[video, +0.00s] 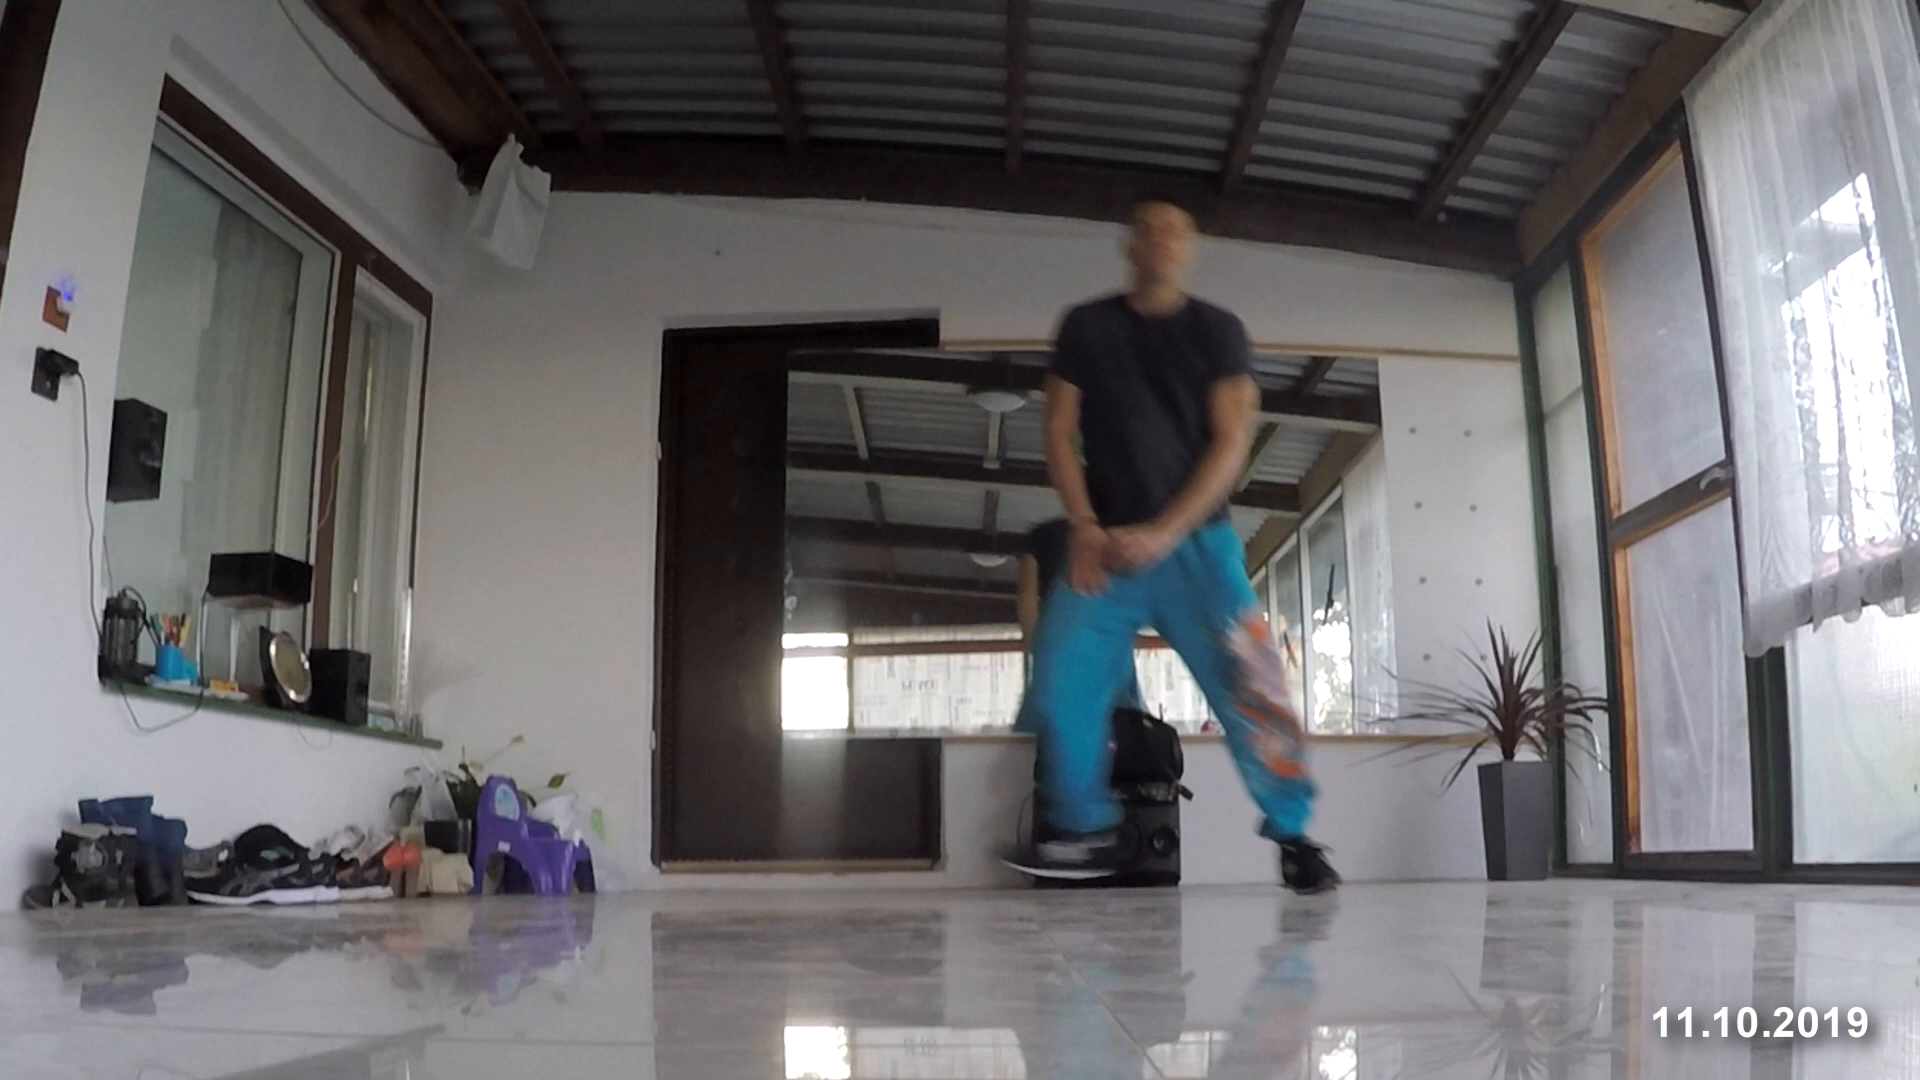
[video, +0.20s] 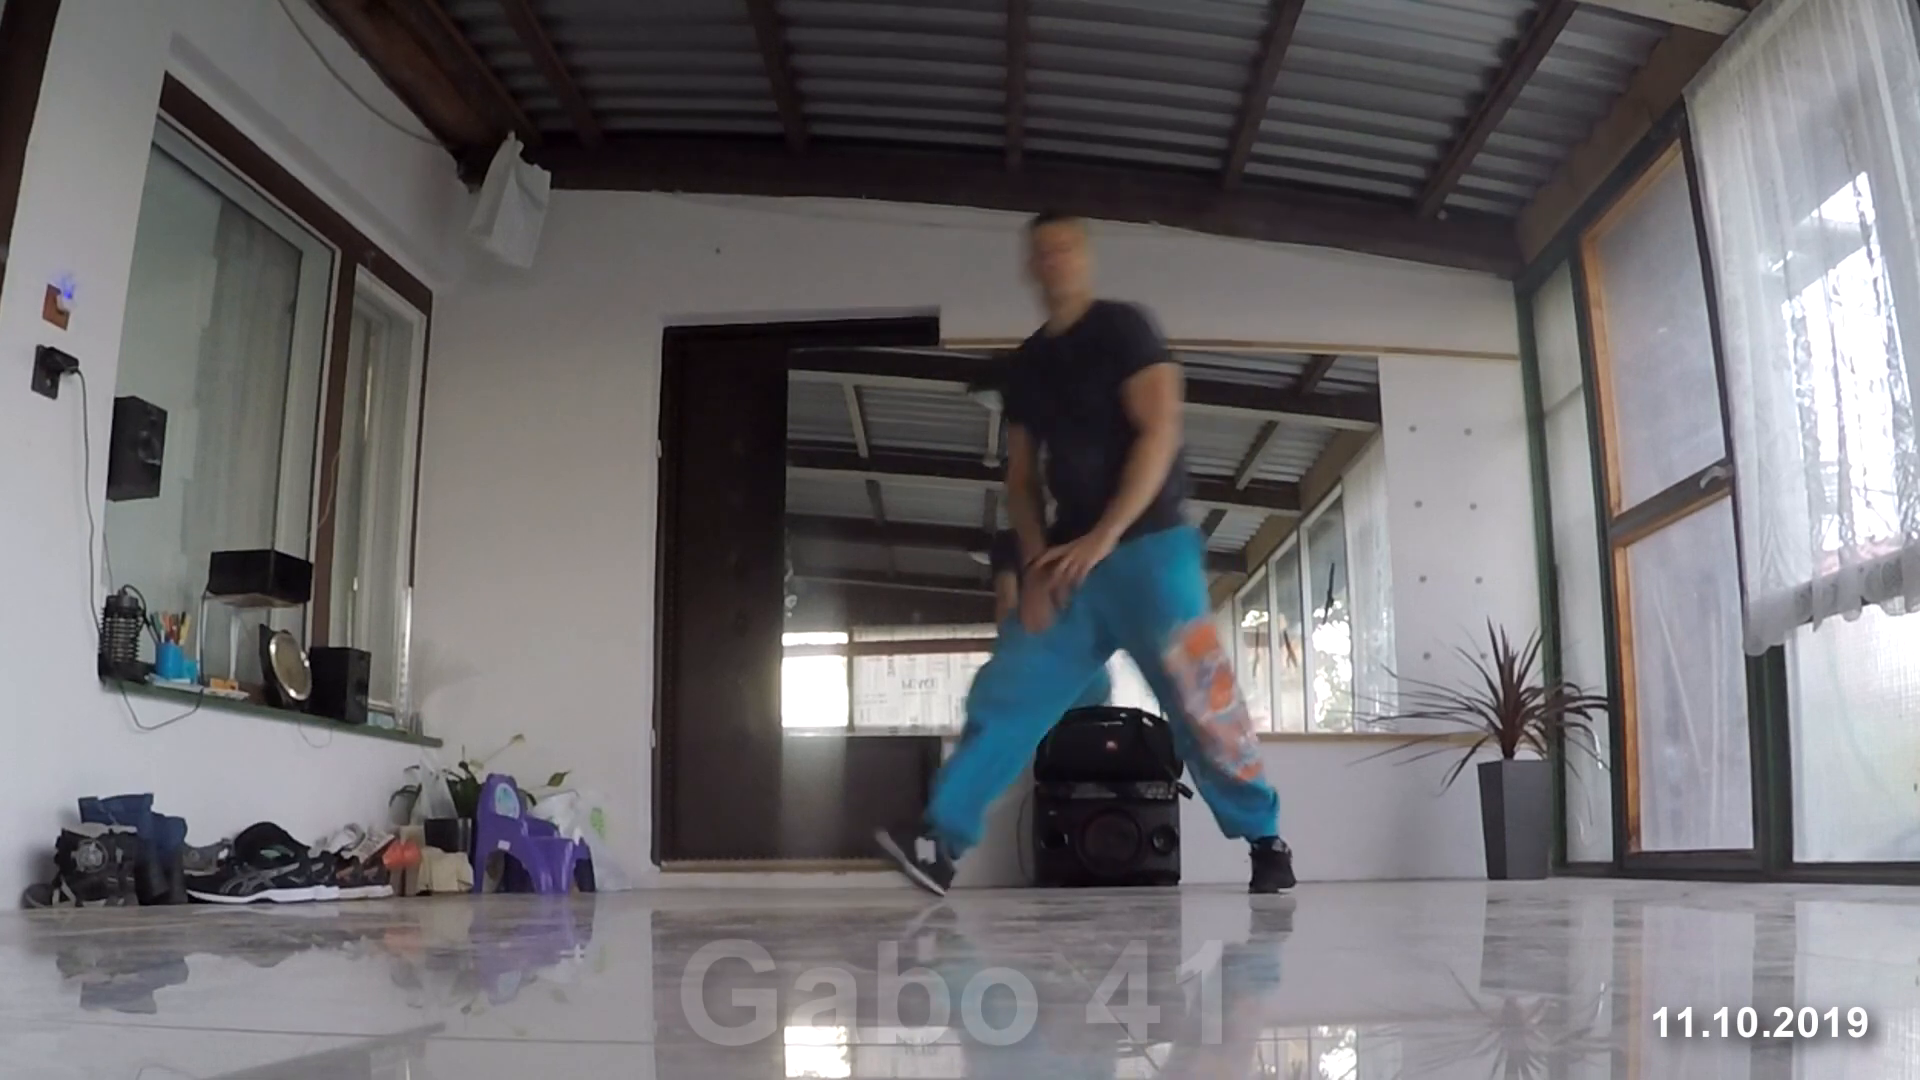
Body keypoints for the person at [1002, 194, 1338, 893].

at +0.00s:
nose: (1159, 244)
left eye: (1172, 233)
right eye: (1148, 232)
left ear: (1191, 248)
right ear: (1129, 245)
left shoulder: (1217, 330)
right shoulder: (1085, 326)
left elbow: (1231, 447)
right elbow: (1059, 433)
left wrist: (1163, 530)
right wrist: (1082, 524)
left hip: (1196, 543)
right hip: (1103, 544)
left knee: (1249, 685)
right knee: (1062, 692)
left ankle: (1295, 837)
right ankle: (1084, 836)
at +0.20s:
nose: (1055, 262)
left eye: (1065, 249)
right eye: (1044, 252)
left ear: (1088, 257)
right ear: (1030, 266)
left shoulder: (1126, 326)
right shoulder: (1027, 363)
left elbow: (1161, 432)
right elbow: (1020, 480)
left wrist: (1103, 534)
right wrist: (1035, 564)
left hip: (1152, 548)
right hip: (1068, 560)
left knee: (1198, 694)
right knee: (1009, 693)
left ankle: (1265, 840)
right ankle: (940, 842)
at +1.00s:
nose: (892, 221)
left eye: (910, 215)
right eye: (885, 202)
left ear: (924, 232)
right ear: (860, 199)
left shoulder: (906, 319)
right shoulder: (797, 266)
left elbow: (894, 452)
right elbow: (727, 339)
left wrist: (866, 564)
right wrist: (663, 414)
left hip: (838, 517)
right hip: (764, 508)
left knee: (787, 677)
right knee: (705, 662)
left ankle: (738, 852)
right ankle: (845, 791)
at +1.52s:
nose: (925, 229)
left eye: (945, 220)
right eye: (921, 204)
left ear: (957, 221)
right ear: (885, 170)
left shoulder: (924, 295)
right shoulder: (786, 226)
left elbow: (888, 403)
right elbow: (655, 293)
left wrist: (858, 520)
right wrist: (626, 415)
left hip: (797, 482)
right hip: (710, 458)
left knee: (776, 655)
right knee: (687, 638)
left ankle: (724, 822)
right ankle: (660, 840)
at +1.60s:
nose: (950, 285)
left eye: (968, 275)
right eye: (946, 260)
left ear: (984, 269)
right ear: (914, 222)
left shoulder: (945, 315)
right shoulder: (820, 266)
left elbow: (898, 387)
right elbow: (703, 376)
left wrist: (876, 465)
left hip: (794, 479)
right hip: (715, 458)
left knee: (754, 640)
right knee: (694, 624)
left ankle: (700, 797)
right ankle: (654, 814)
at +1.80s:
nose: (1023, 527)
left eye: (1036, 513)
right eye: (1020, 507)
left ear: (1013, 455)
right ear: (982, 461)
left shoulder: (976, 415)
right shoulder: (895, 505)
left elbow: (1037, 383)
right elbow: (871, 688)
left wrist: (1110, 416)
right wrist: (897, 848)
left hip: (761, 478)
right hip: (714, 489)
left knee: (697, 585)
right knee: (709, 681)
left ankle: (575, 621)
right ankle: (654, 855)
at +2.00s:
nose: (1052, 660)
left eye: (1069, 652)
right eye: (1053, 639)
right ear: (1025, 581)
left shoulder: (1054, 552)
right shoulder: (931, 563)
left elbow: (1060, 699)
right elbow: (887, 728)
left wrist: (1075, 835)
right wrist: (894, 883)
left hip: (866, 349)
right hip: (772, 382)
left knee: (793, 307)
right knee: (673, 546)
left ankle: (777, 187)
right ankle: (516, 487)